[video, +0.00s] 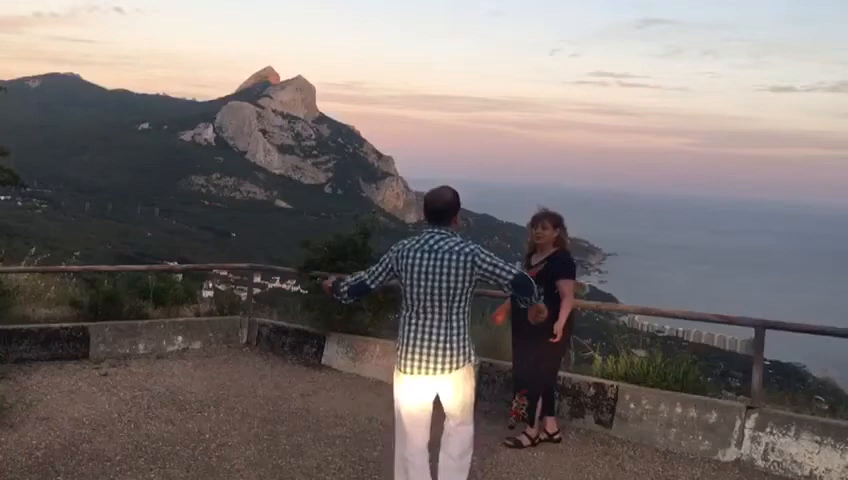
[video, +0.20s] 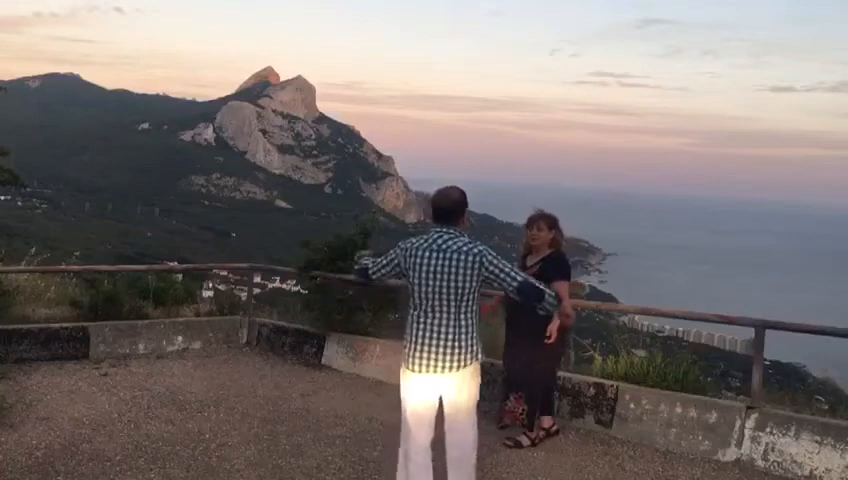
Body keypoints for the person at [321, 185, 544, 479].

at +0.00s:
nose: (460, 217)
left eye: (458, 212)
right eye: (459, 212)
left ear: (425, 215)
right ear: (456, 216)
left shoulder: (404, 248)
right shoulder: (469, 251)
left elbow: (364, 282)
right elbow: (520, 279)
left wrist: (337, 288)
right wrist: (534, 304)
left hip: (411, 360)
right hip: (455, 360)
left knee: (412, 438)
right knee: (459, 432)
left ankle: (414, 477)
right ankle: (451, 476)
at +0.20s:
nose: (467, 218)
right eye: (467, 213)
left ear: (432, 215)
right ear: (464, 216)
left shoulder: (411, 247)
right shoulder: (475, 251)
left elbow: (371, 271)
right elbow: (520, 285)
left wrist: (362, 258)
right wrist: (556, 307)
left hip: (418, 356)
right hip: (461, 358)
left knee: (416, 436)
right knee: (461, 436)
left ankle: (414, 476)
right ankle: (461, 476)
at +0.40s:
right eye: (477, 214)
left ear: (444, 215)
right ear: (476, 217)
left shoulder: (424, 249)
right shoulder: (489, 252)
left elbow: (384, 271)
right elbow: (531, 286)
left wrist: (416, 273)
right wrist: (557, 307)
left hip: (432, 356)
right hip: (475, 357)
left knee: (424, 435)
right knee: (467, 436)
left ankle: (419, 475)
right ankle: (461, 475)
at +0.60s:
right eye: (492, 216)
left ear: (455, 216)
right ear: (487, 218)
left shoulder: (436, 249)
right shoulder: (501, 252)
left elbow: (396, 272)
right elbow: (542, 287)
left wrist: (428, 274)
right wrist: (575, 302)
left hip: (445, 352)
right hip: (487, 353)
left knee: (433, 434)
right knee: (475, 435)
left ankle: (428, 475)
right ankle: (466, 475)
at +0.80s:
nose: (504, 227)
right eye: (501, 220)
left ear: (462, 217)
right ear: (494, 218)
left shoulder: (443, 251)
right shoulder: (509, 253)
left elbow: (403, 271)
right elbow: (549, 283)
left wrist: (437, 276)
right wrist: (587, 299)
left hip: (451, 352)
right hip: (493, 354)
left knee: (445, 427)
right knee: (482, 431)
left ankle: (441, 475)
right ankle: (469, 475)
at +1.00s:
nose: (499, 228)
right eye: (499, 222)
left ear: (464, 219)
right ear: (496, 220)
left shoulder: (446, 252)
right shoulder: (512, 253)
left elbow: (405, 268)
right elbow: (554, 282)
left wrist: (443, 276)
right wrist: (592, 295)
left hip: (456, 353)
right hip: (498, 355)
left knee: (450, 423)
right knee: (483, 427)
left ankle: (442, 475)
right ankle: (473, 475)